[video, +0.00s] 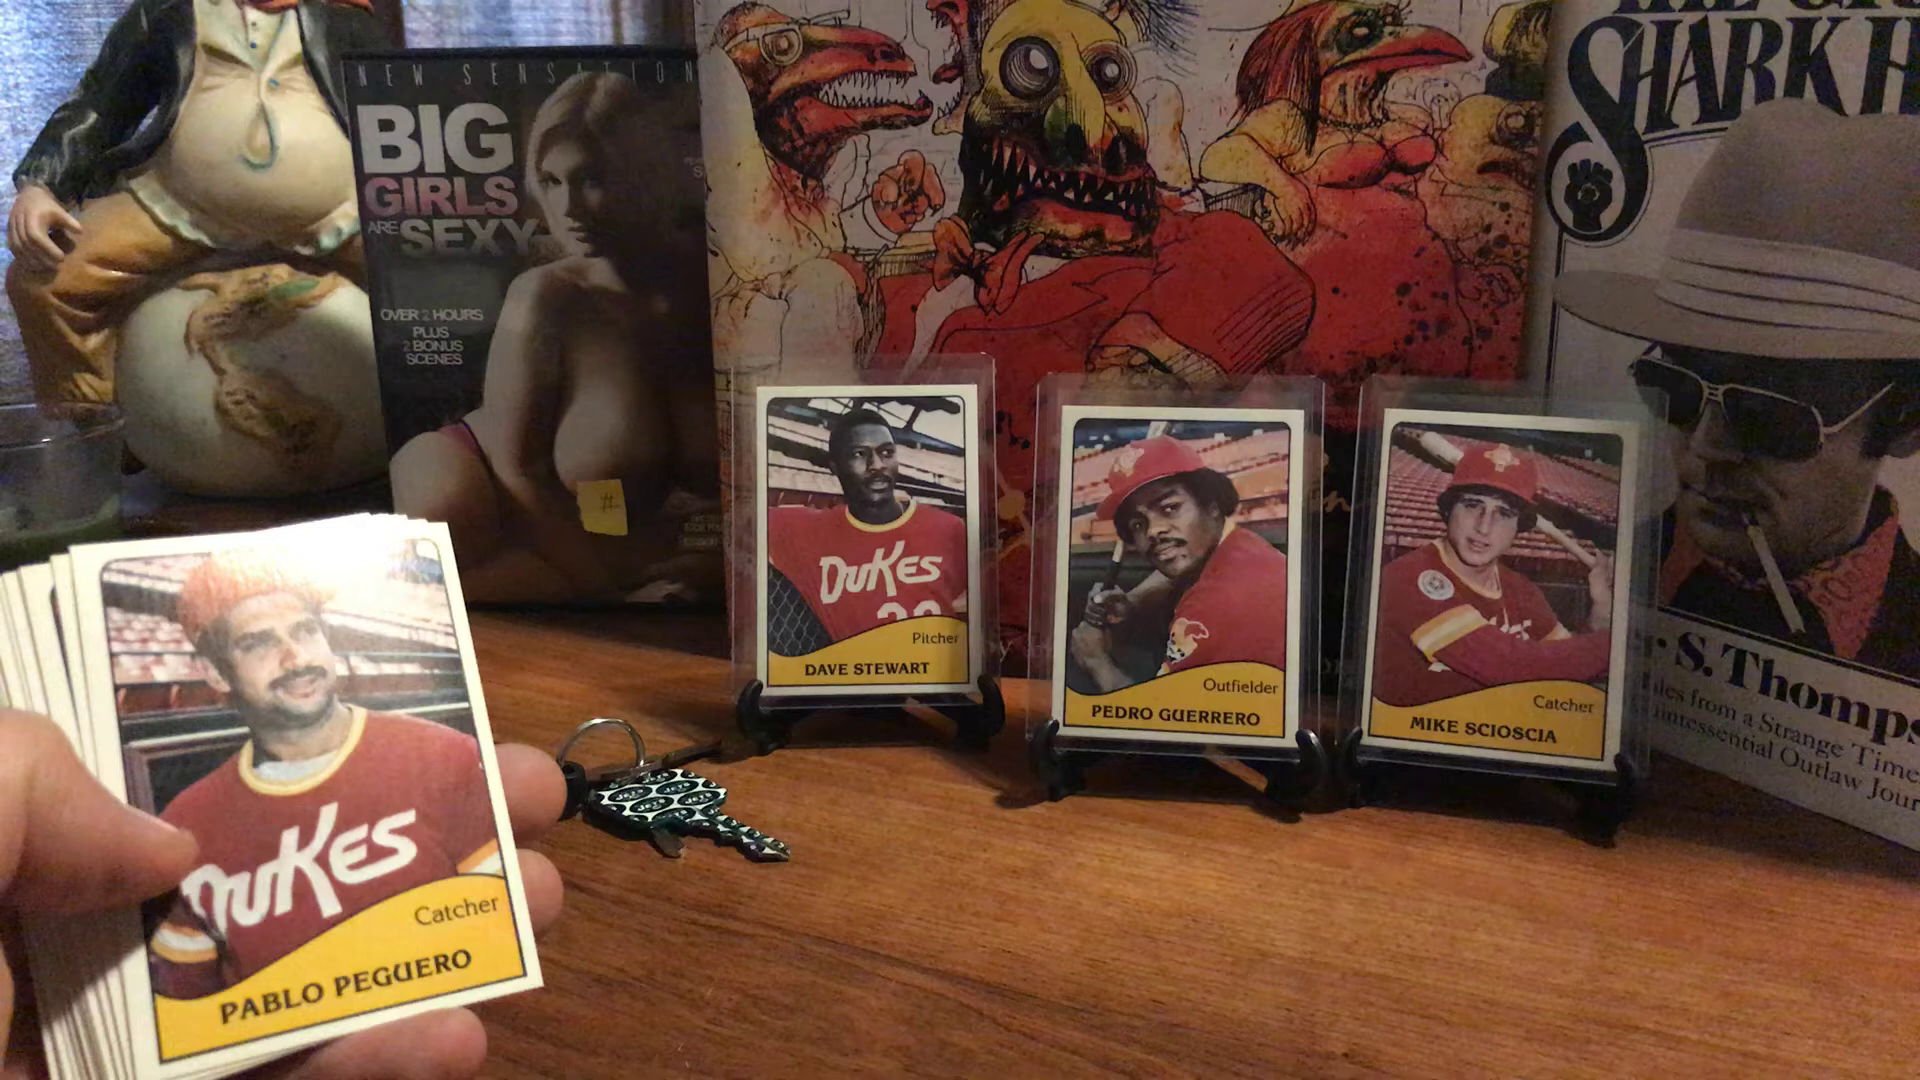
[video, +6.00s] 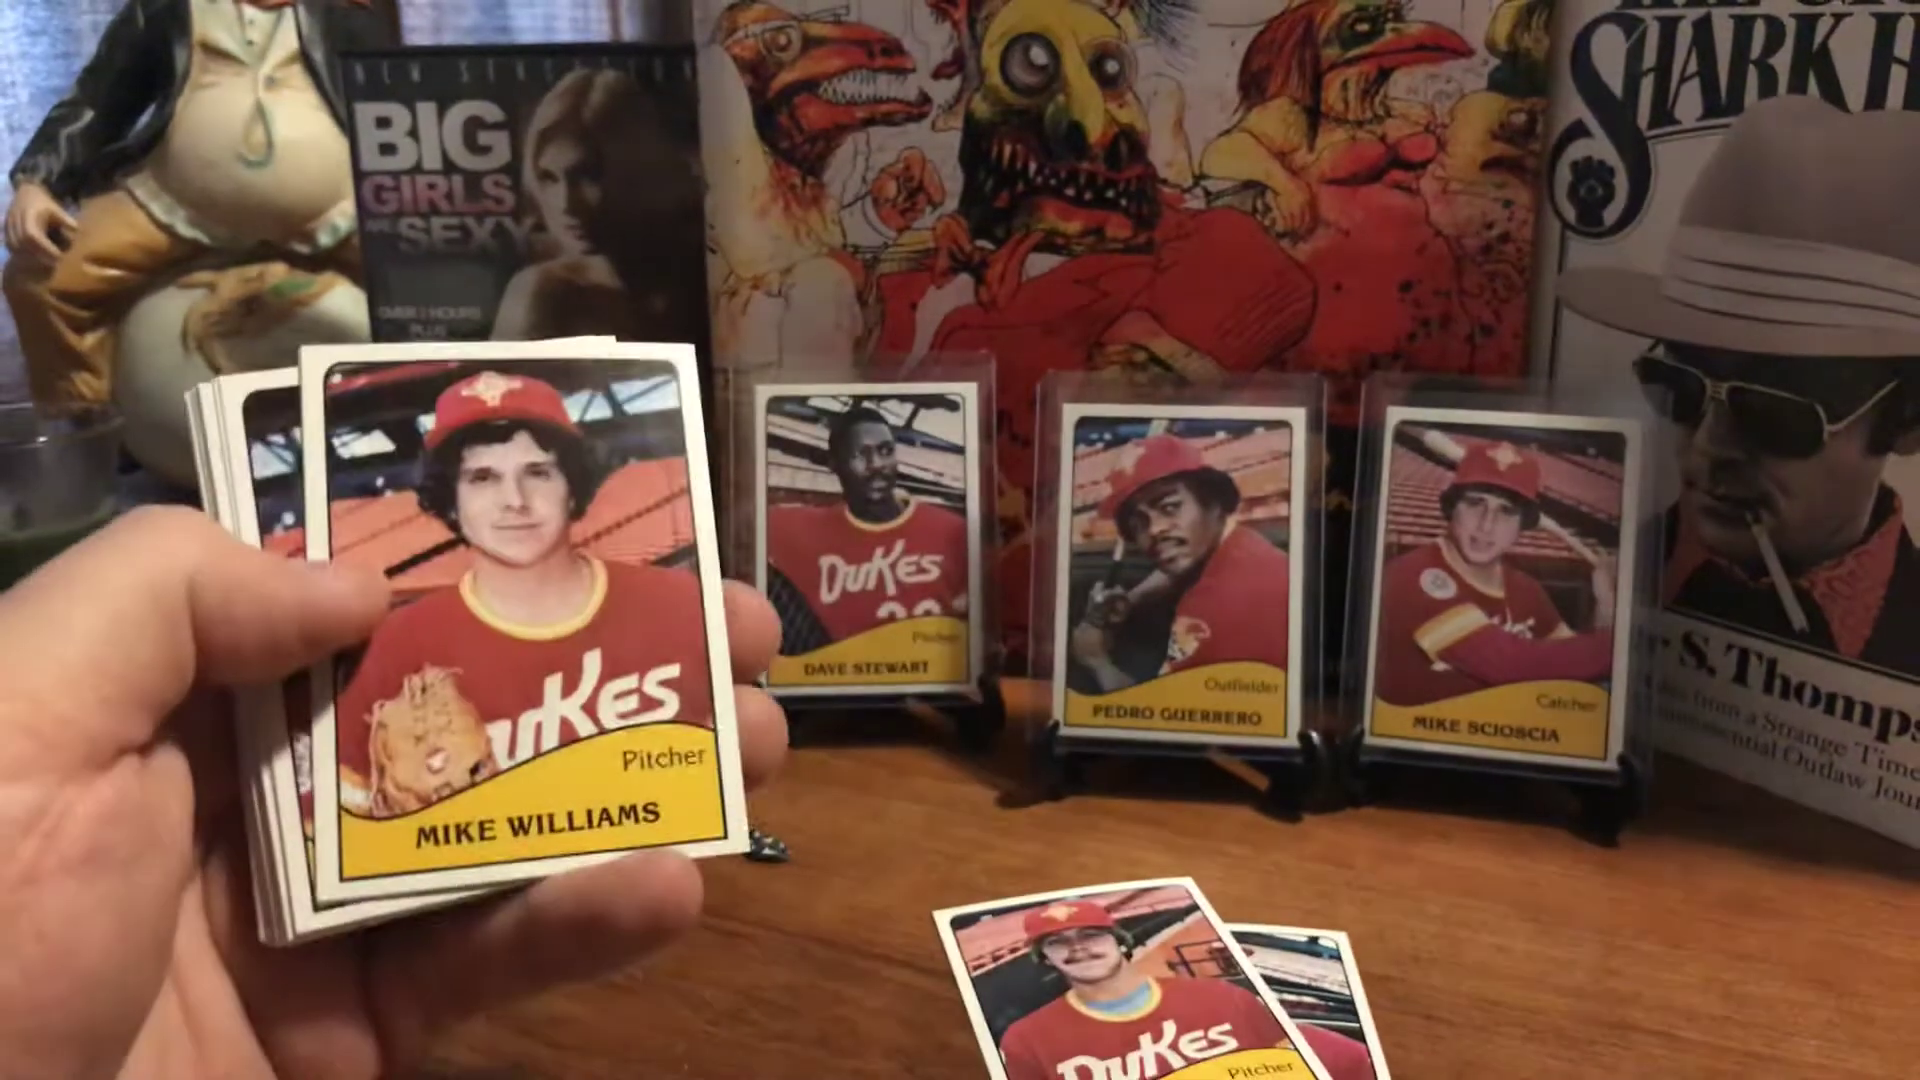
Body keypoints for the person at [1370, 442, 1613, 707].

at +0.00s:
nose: (1484, 526)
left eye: (1503, 513)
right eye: (1473, 505)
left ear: (1518, 528)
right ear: (1449, 509)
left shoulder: (1520, 590)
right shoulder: (1410, 578)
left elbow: (1571, 673)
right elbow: (1502, 664)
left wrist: (1602, 608)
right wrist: (1621, 643)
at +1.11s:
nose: (1484, 525)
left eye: (1504, 513)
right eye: (1473, 505)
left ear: (1518, 527)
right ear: (1448, 508)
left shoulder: (1521, 591)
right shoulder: (1411, 578)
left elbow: (1577, 668)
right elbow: (1503, 664)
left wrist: (1601, 592)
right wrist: (1620, 642)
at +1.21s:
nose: (1484, 525)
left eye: (1503, 513)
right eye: (1473, 505)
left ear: (1518, 527)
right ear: (1448, 508)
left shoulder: (1522, 591)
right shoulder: (1411, 578)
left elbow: (1568, 662)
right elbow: (1503, 664)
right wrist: (1624, 640)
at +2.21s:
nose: (1483, 525)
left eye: (1503, 512)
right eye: (1472, 505)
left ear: (1519, 525)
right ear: (1448, 508)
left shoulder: (1521, 590)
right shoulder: (1411, 578)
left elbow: (1571, 663)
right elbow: (1502, 663)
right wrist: (1620, 643)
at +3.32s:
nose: (1484, 526)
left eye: (1504, 512)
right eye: (1474, 504)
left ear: (1520, 526)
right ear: (1449, 508)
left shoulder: (1522, 590)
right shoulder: (1413, 578)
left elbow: (1576, 669)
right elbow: (1503, 664)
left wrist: (1604, 605)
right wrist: (1617, 643)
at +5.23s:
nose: (1488, 525)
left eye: (1508, 512)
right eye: (1477, 504)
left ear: (1525, 527)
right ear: (1453, 509)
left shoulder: (1527, 591)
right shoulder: (1417, 577)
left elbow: (1579, 671)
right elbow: (1506, 665)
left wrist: (1608, 608)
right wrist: (1614, 644)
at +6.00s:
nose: (1486, 524)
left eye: (1506, 511)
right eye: (1475, 503)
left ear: (1522, 525)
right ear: (1451, 507)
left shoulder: (1524, 590)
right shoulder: (1416, 577)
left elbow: (1579, 671)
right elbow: (1505, 664)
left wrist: (1605, 608)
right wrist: (1623, 643)